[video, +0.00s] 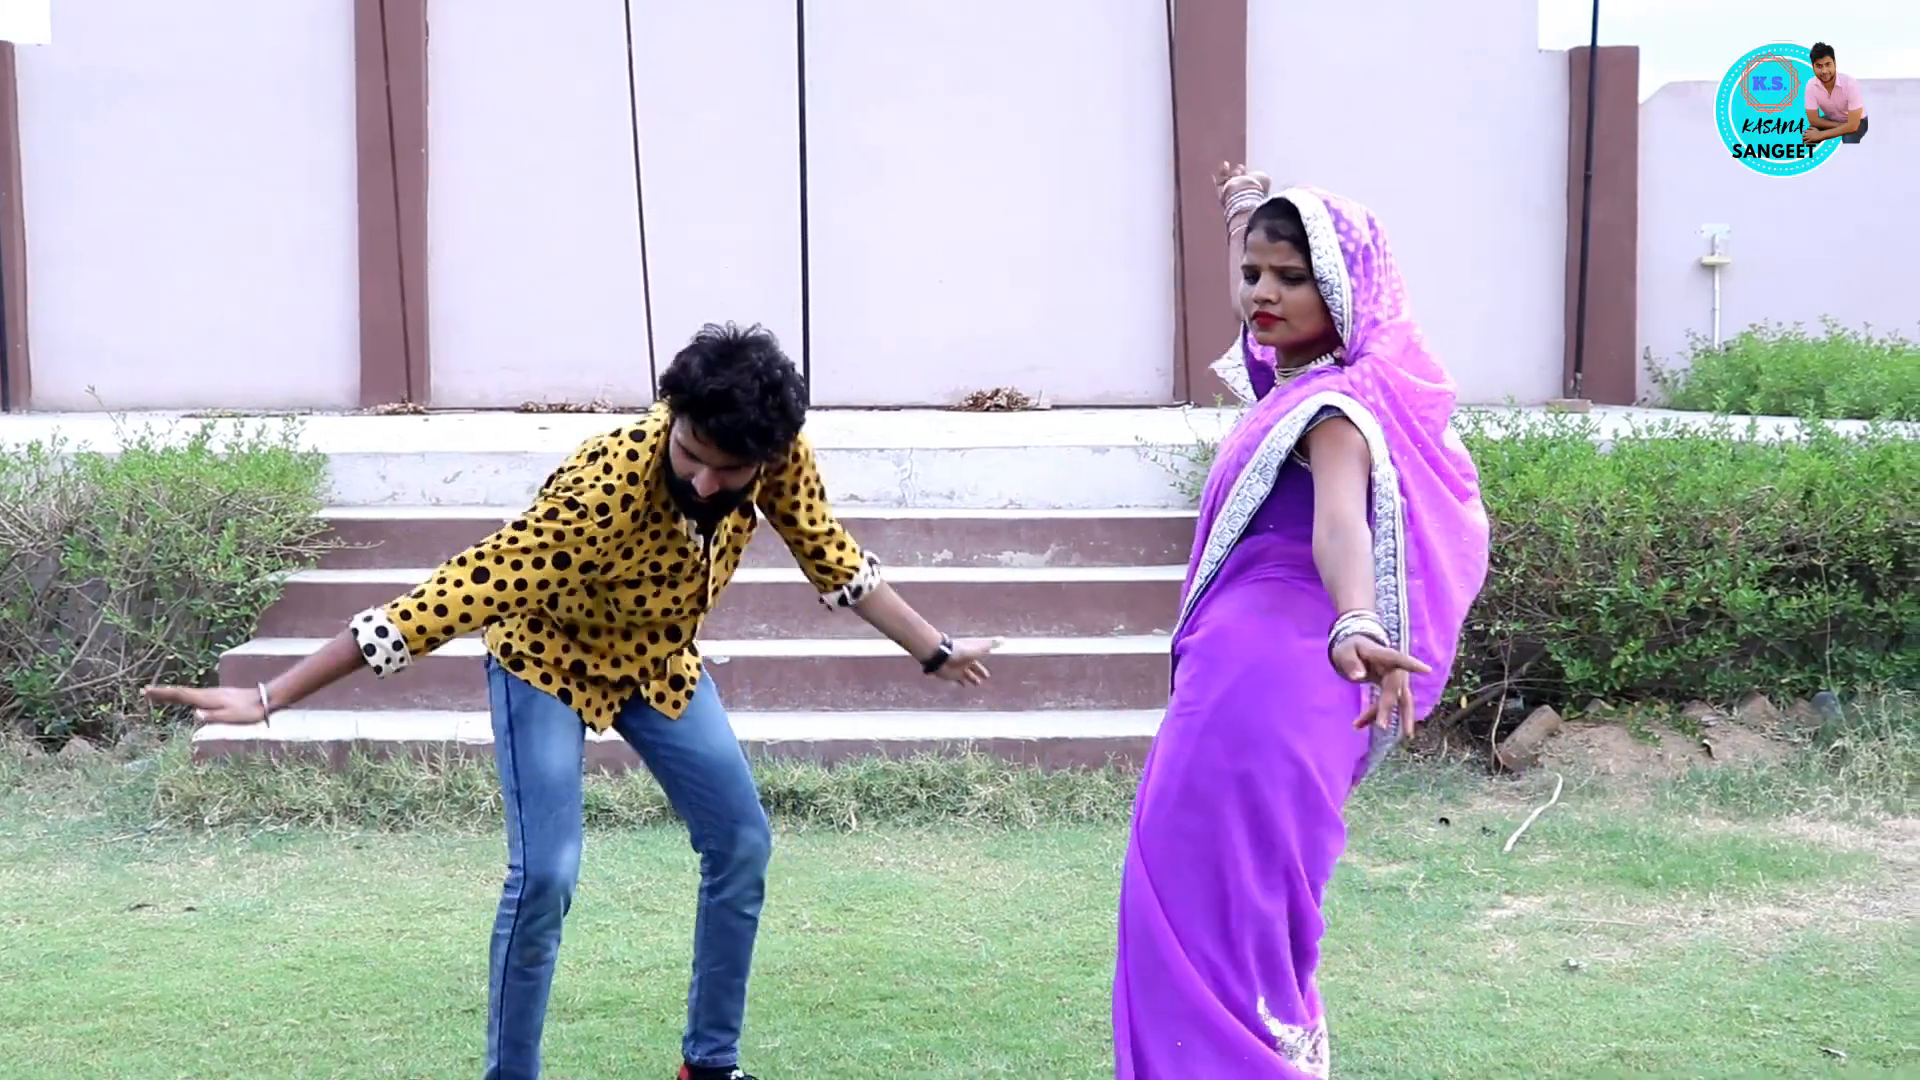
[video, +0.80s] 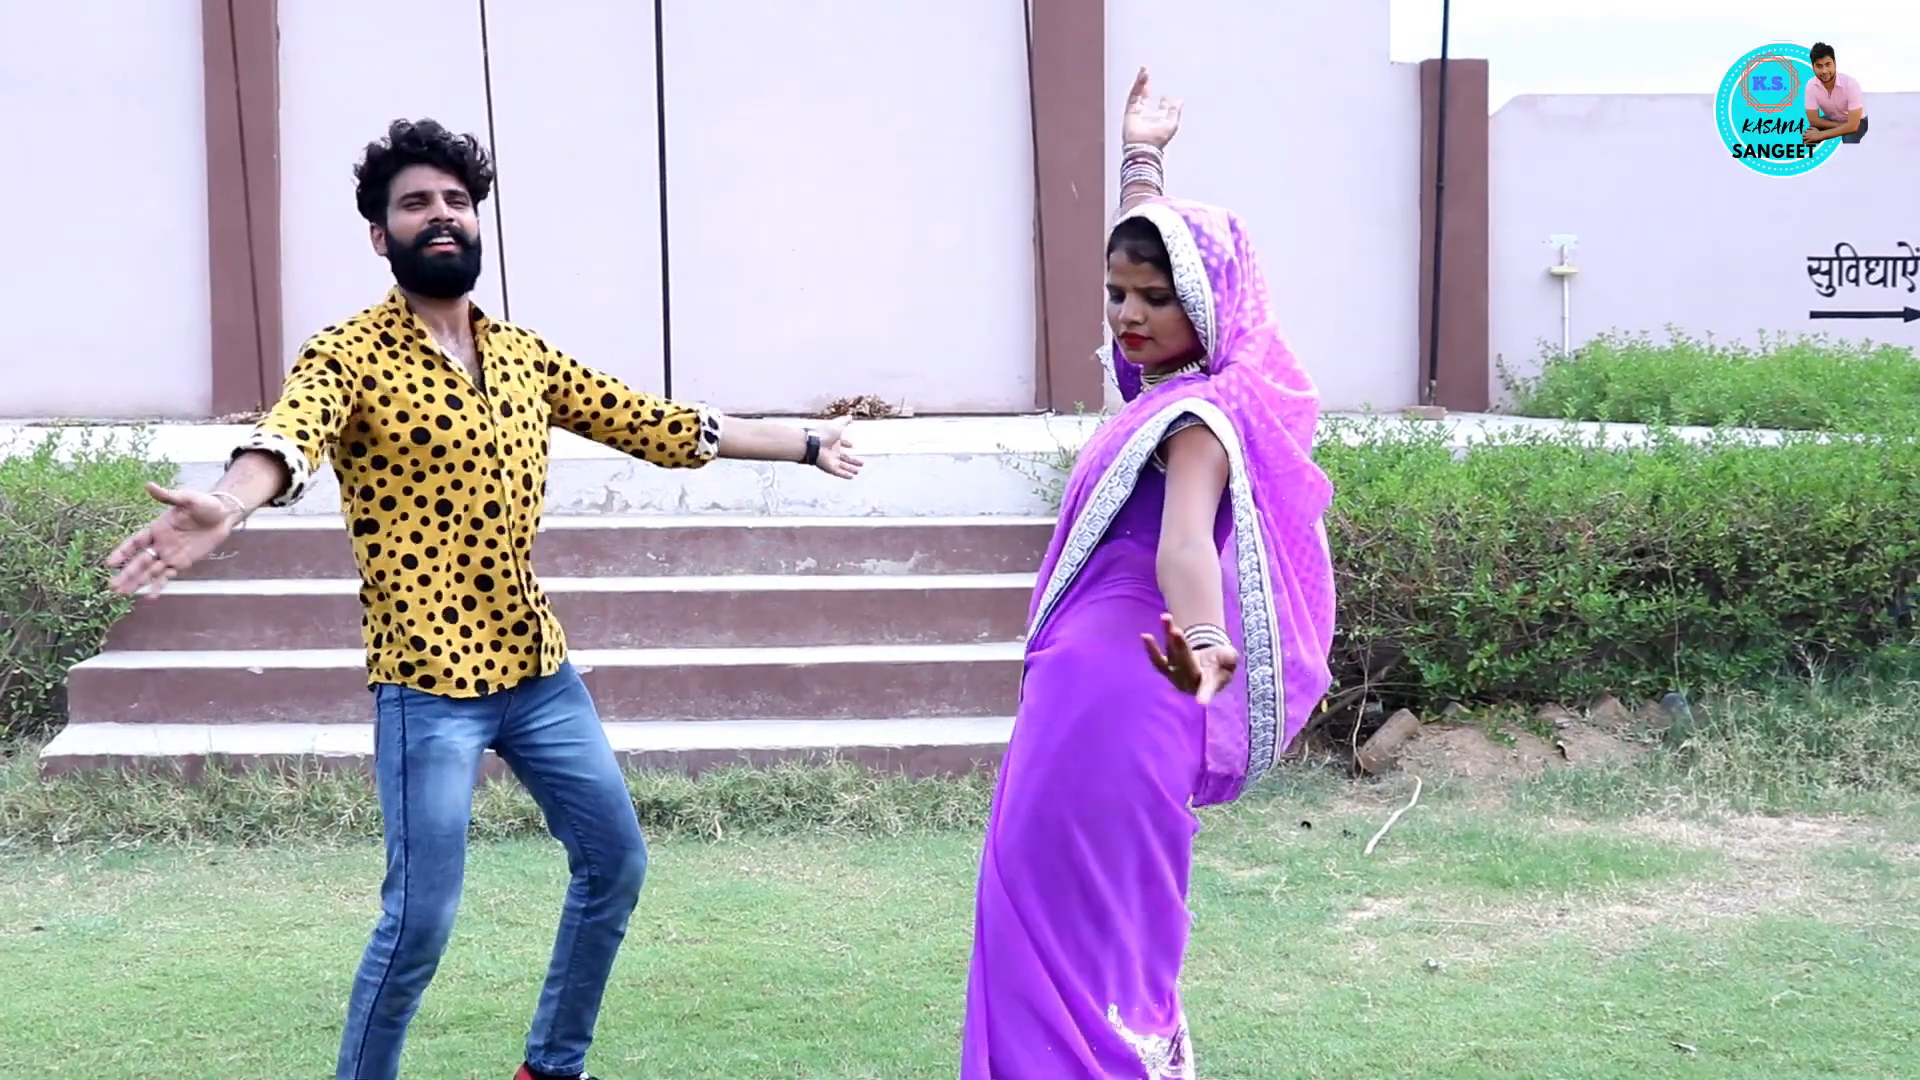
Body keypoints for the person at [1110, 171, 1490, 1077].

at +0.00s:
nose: (1265, 295)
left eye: (1291, 277)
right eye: (1254, 275)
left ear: (1345, 294)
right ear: (1247, 281)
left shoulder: (1336, 404)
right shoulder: (1301, 391)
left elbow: (1345, 525)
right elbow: (1260, 334)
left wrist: (1355, 620)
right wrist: (1259, 223)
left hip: (1265, 685)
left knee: (1172, 905)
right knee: (1252, 913)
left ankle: (1213, 1060)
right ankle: (1280, 1051)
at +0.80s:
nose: (1130, 317)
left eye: (1153, 299)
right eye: (1118, 296)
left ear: (1209, 305)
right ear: (1111, 295)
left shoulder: (1200, 412)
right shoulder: (1169, 392)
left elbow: (1191, 534)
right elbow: (1142, 272)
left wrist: (1203, 630)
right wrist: (1143, 157)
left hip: (1111, 701)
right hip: (1094, 693)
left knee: (1037, 930)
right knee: (1108, 936)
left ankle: (1067, 1066)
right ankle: (1133, 1059)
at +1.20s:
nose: (1111, 311)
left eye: (1135, 294)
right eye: (1104, 290)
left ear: (1189, 307)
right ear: (1103, 291)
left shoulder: (1177, 414)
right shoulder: (1167, 392)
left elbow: (1164, 541)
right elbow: (1128, 275)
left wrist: (1159, 646)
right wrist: (1134, 172)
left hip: (1099, 718)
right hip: (1112, 708)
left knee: (1029, 939)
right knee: (1122, 949)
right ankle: (1137, 1056)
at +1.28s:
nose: (1106, 307)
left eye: (1129, 289)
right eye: (1102, 286)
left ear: (1188, 304)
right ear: (1106, 288)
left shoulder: (1174, 411)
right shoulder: (1167, 390)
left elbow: (1167, 542)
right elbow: (1134, 277)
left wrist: (1156, 650)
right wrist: (1132, 166)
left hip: (1090, 690)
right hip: (1104, 681)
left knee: (1049, 922)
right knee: (1112, 917)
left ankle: (1087, 1063)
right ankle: (1141, 1055)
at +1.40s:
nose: (1107, 303)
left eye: (1131, 287)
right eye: (1101, 279)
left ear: (1187, 298)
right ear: (1093, 272)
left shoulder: (1168, 411)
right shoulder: (1199, 387)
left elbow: (1164, 548)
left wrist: (1123, 663)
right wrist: (1151, 187)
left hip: (1091, 721)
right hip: (1128, 715)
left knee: (990, 906)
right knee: (1126, 934)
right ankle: (1149, 1051)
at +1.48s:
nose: (1111, 314)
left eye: (1134, 297)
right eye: (1104, 291)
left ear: (1194, 301)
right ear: (1096, 282)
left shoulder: (1168, 416)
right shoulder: (1228, 389)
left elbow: (1161, 563)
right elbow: (1218, 273)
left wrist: (1115, 680)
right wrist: (1165, 196)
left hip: (1112, 731)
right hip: (1174, 729)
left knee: (979, 926)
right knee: (1144, 951)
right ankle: (1144, 1063)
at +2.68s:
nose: (1197, 275)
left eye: (1220, 258)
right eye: (1193, 257)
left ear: (1282, 275)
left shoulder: (1263, 403)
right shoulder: (1300, 372)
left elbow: (1230, 555)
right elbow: (1207, 317)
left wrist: (1186, 662)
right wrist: (1188, 207)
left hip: (1216, 717)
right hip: (1263, 711)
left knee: (1086, 928)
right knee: (1244, 953)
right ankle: (1259, 1062)